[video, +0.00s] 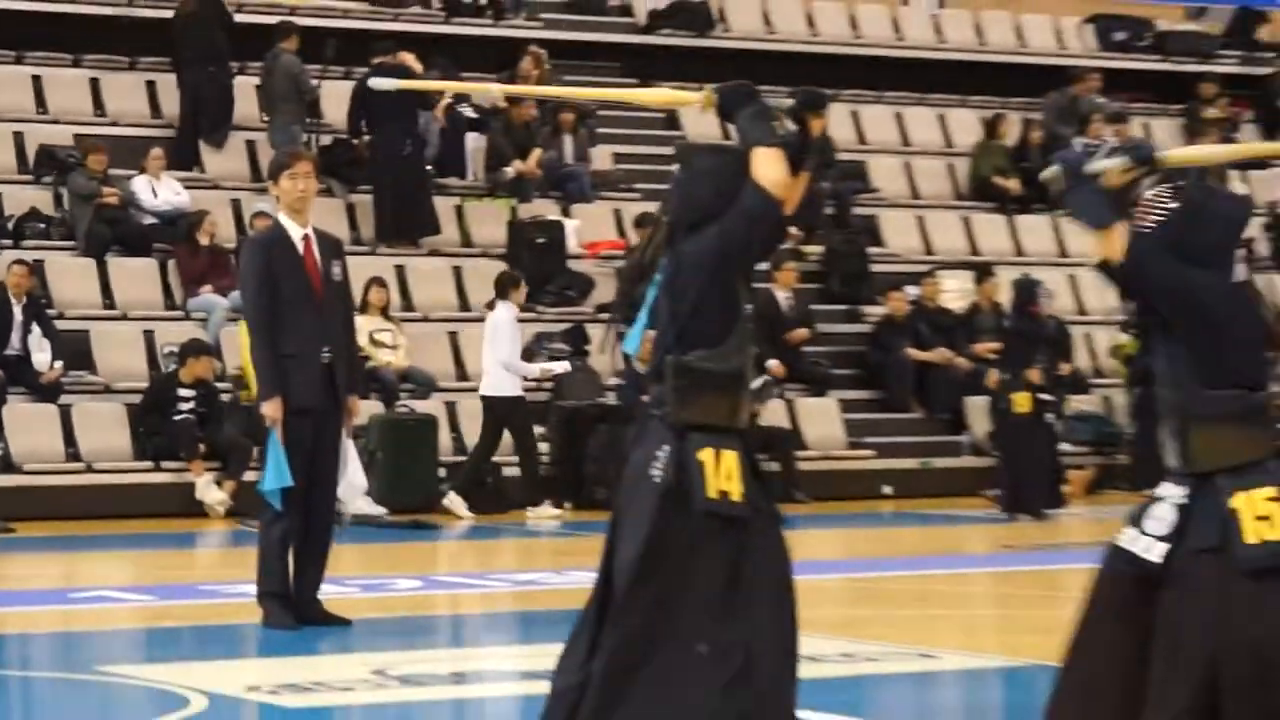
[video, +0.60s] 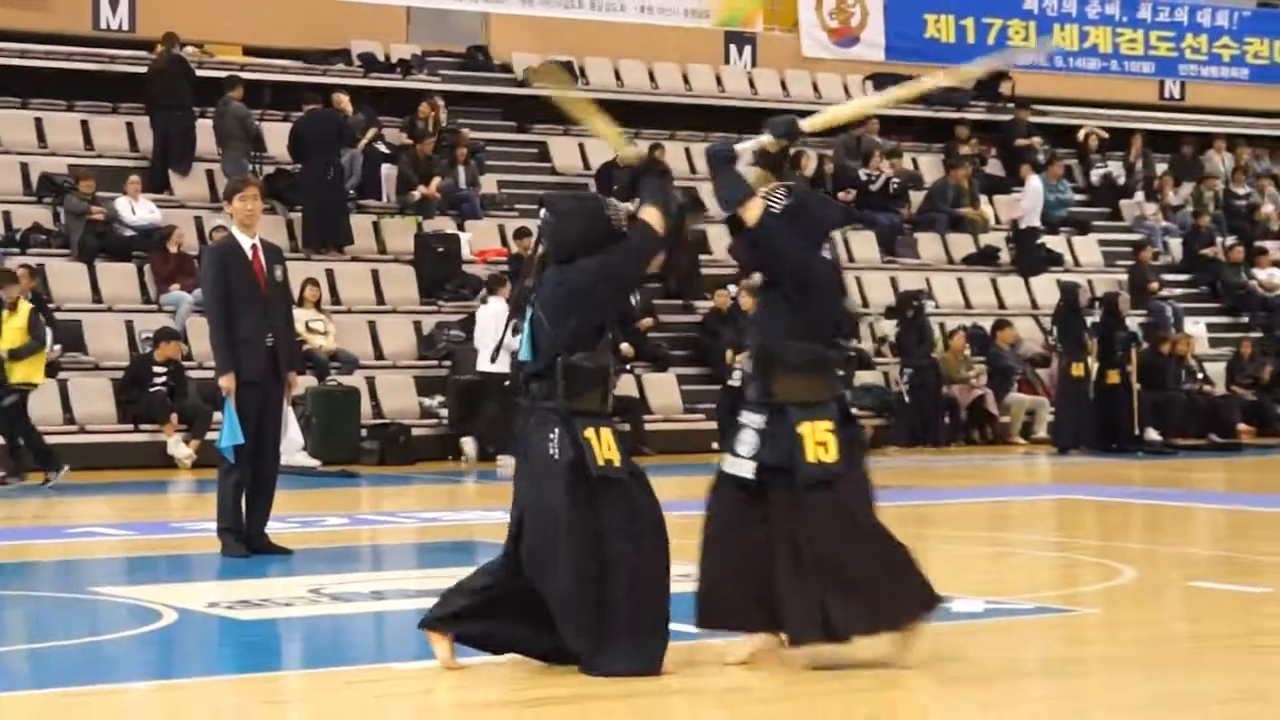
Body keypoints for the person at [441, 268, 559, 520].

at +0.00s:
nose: (526, 291)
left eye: (524, 287)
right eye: (523, 287)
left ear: (503, 291)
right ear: (514, 290)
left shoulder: (495, 315)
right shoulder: (507, 318)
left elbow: (502, 359)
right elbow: (508, 359)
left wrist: (531, 371)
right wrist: (538, 371)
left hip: (492, 390)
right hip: (507, 392)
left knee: (486, 445)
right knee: (527, 447)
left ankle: (457, 493)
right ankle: (535, 503)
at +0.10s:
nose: (516, 292)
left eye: (515, 287)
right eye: (513, 287)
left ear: (494, 289)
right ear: (504, 289)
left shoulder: (488, 314)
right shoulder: (498, 315)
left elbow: (495, 356)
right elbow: (501, 355)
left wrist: (524, 369)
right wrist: (532, 367)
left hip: (487, 384)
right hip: (498, 385)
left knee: (495, 438)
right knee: (513, 439)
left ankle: (458, 473)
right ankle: (511, 492)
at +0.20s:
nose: (507, 292)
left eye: (506, 287)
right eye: (505, 287)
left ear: (487, 289)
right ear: (497, 289)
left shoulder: (475, 312)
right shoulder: (492, 312)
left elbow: (481, 349)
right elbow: (495, 350)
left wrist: (516, 359)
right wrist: (527, 362)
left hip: (477, 379)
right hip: (490, 380)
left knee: (497, 431)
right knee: (499, 431)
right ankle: (483, 480)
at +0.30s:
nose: (494, 294)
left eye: (493, 289)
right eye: (492, 289)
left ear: (475, 291)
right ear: (484, 290)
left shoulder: (463, 312)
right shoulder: (483, 312)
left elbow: (455, 346)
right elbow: (485, 348)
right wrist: (509, 356)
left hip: (464, 374)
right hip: (478, 376)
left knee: (480, 423)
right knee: (478, 424)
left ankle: (481, 467)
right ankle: (465, 471)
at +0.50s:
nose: (497, 292)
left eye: (496, 288)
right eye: (494, 288)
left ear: (476, 292)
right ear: (485, 291)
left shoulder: (465, 313)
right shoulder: (486, 312)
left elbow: (458, 345)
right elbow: (490, 344)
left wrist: (474, 353)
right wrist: (510, 344)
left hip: (466, 369)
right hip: (482, 371)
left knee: (467, 415)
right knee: (487, 414)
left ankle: (451, 453)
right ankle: (495, 457)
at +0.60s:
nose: (509, 290)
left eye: (507, 286)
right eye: (507, 287)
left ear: (490, 289)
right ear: (502, 289)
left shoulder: (481, 310)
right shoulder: (505, 309)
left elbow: (477, 338)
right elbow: (508, 339)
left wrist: (485, 348)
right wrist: (522, 344)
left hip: (483, 364)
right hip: (501, 365)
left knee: (489, 406)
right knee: (503, 408)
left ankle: (474, 437)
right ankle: (505, 451)